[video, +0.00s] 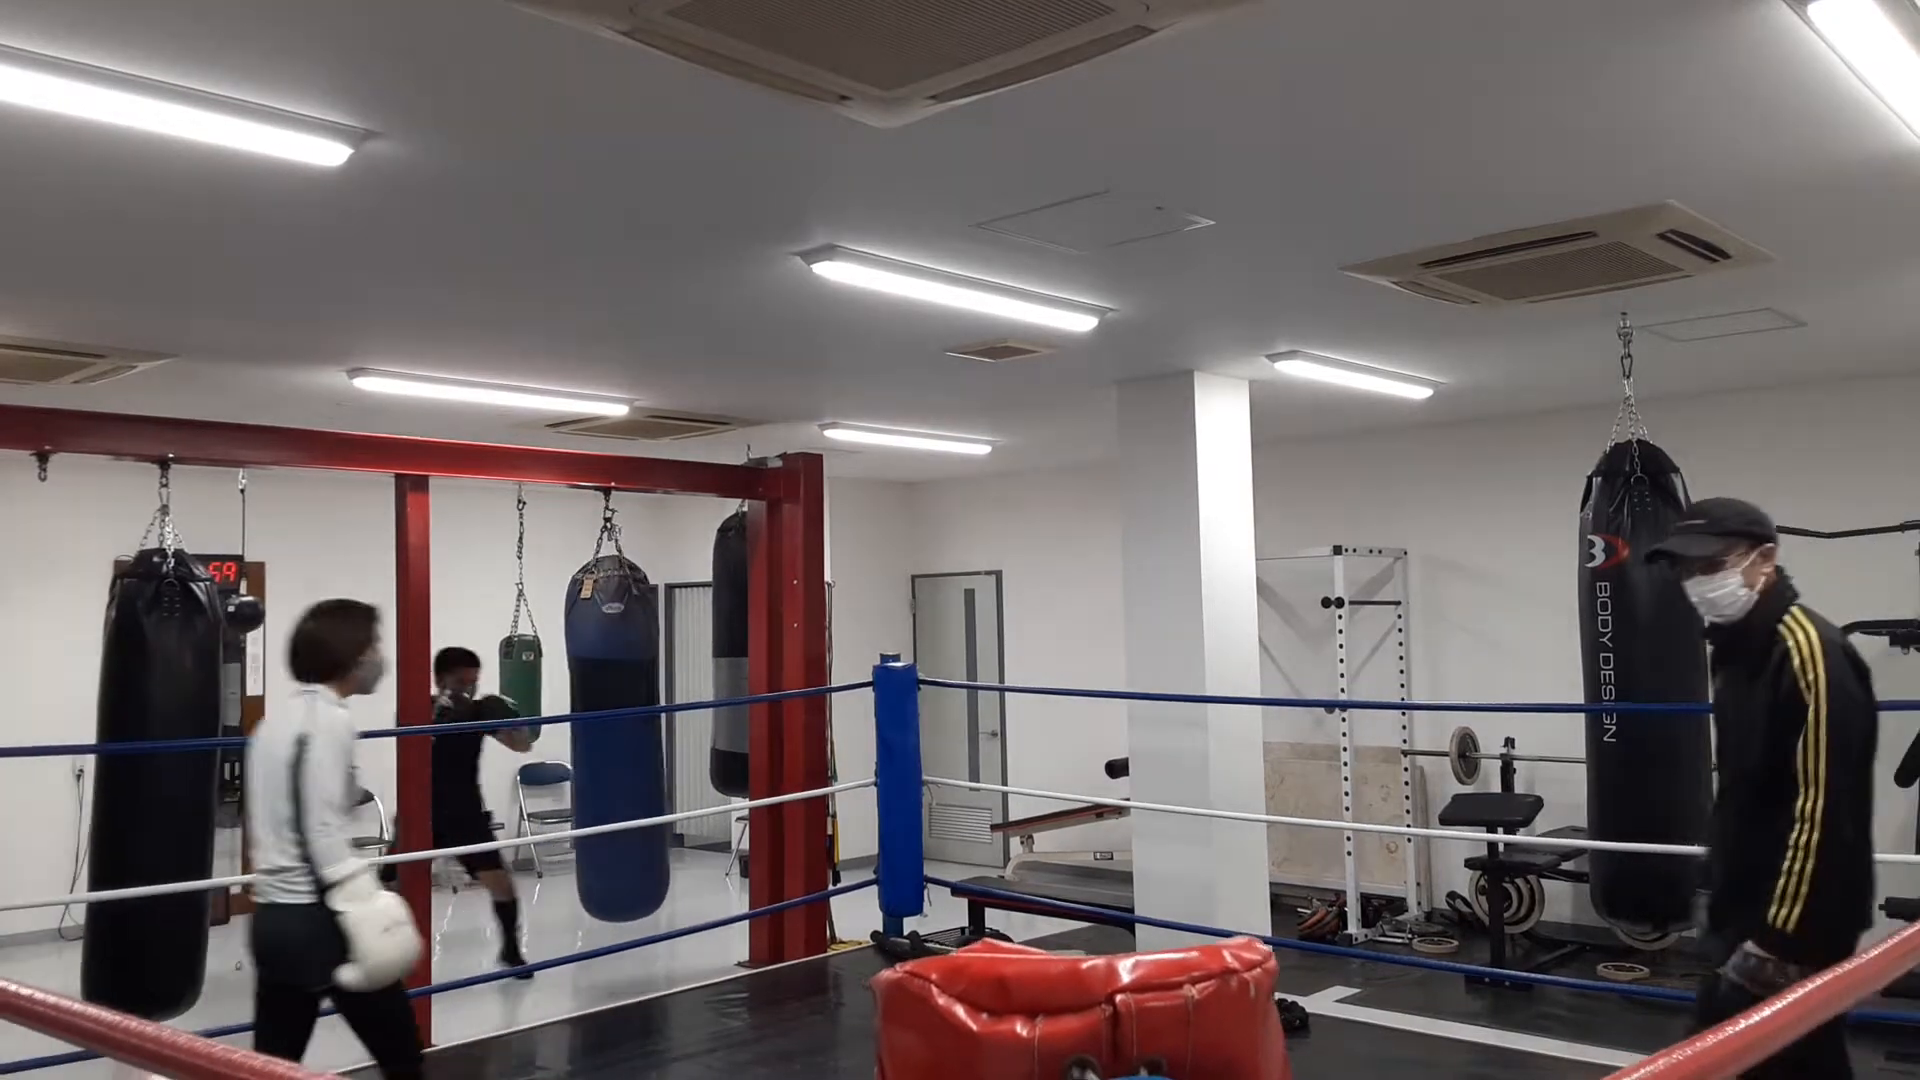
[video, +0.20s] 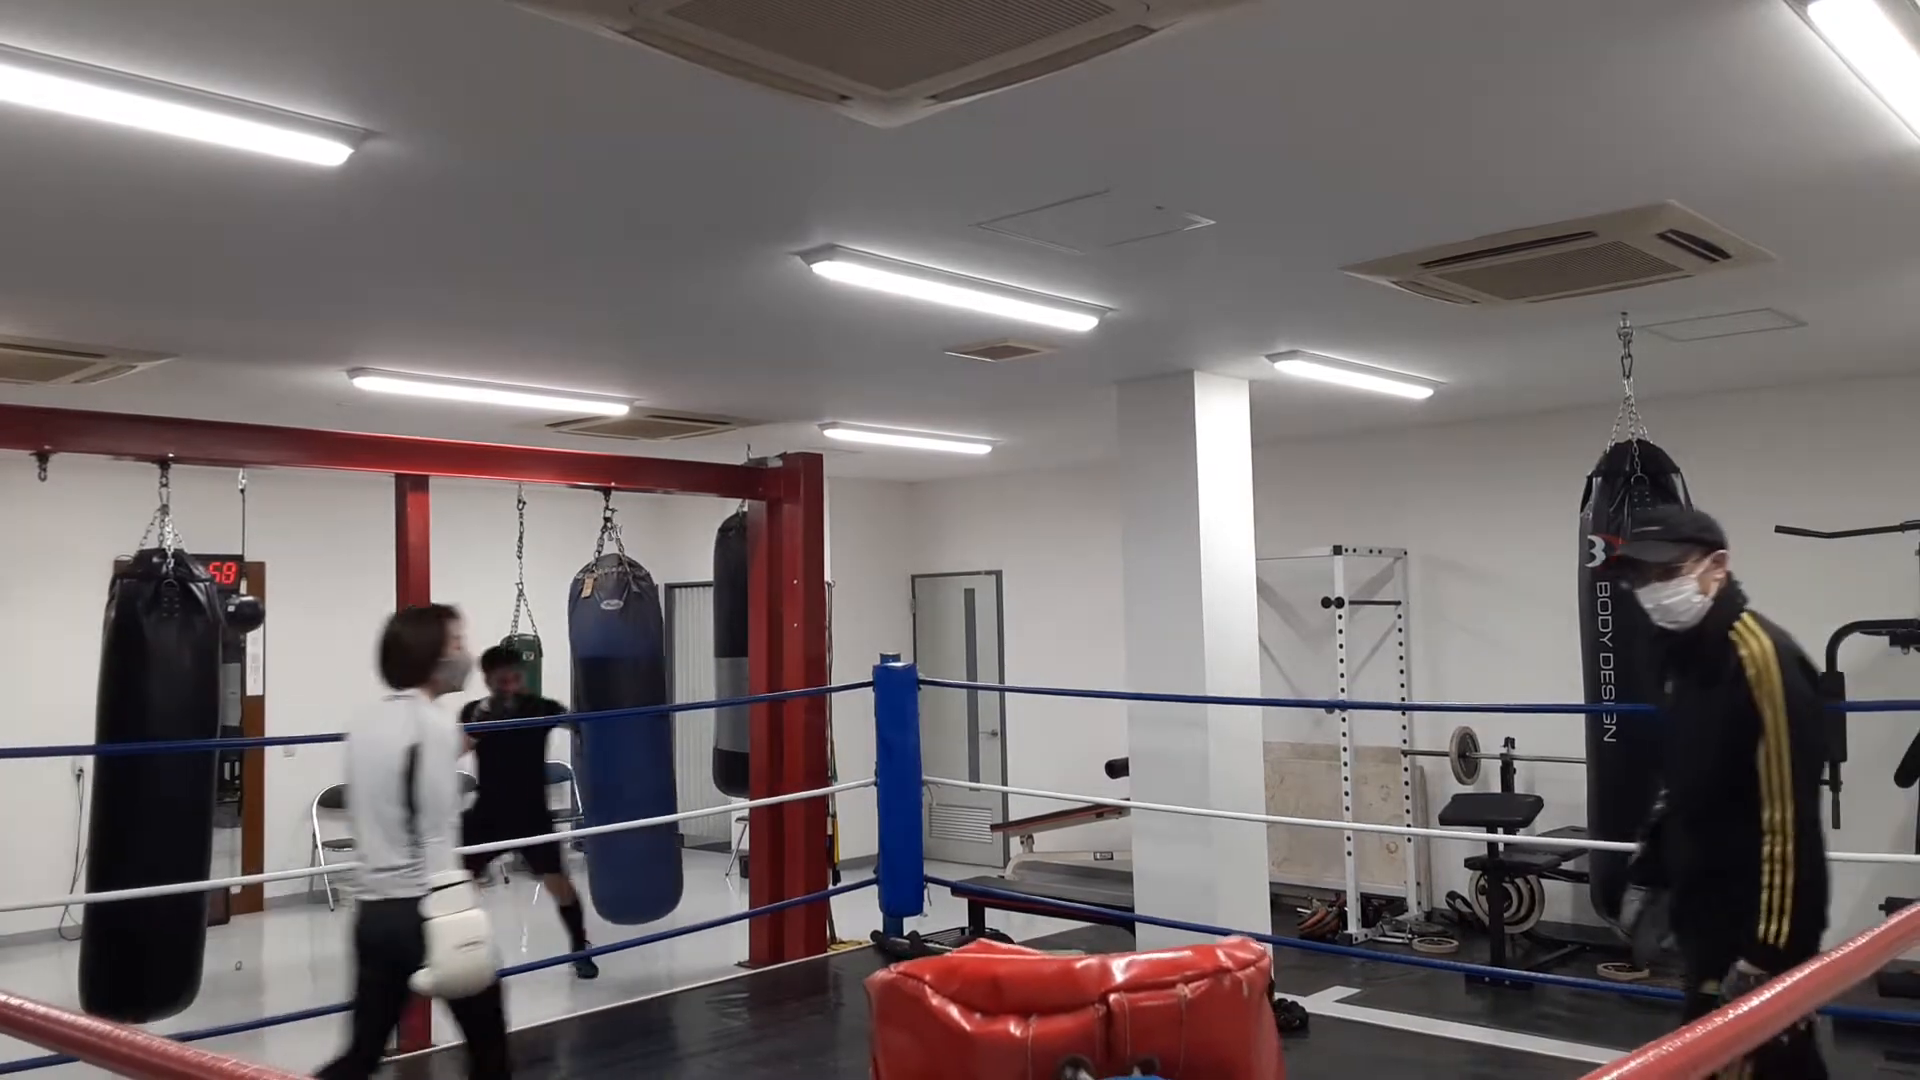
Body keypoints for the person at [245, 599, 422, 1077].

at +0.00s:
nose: (383, 655)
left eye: (379, 644)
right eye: (375, 645)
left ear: (315, 652)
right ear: (352, 657)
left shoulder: (271, 724)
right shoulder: (330, 722)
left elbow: (265, 829)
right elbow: (326, 831)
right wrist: (373, 913)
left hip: (275, 920)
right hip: (327, 918)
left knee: (271, 1067)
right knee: (402, 1058)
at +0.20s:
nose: (466, 652)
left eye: (462, 642)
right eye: (457, 643)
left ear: (399, 653)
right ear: (433, 655)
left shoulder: (364, 721)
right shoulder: (435, 724)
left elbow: (366, 815)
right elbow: (438, 830)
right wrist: (456, 917)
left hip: (376, 913)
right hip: (433, 910)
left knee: (363, 1051)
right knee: (489, 1052)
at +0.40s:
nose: (547, 643)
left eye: (544, 632)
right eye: (539, 633)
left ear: (481, 642)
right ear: (517, 644)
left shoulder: (441, 709)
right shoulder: (527, 712)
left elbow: (429, 810)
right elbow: (528, 818)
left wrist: (425, 884)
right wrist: (560, 899)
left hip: (457, 894)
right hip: (510, 893)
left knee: (514, 1006)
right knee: (523, 1022)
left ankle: (458, 1070)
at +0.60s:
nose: (621, 642)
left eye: (618, 632)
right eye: (613, 634)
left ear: (556, 644)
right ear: (589, 645)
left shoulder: (517, 707)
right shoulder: (599, 708)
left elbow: (491, 791)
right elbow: (609, 812)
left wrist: (463, 864)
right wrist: (655, 876)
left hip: (530, 887)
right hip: (575, 889)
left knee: (605, 998)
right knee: (546, 1024)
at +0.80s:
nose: (691, 644)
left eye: (688, 634)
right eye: (683, 636)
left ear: (639, 646)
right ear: (659, 645)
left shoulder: (607, 707)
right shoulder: (669, 709)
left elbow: (577, 791)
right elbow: (669, 810)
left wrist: (542, 858)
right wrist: (719, 877)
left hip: (618, 878)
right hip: (651, 880)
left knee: (629, 1006)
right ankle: (689, 1073)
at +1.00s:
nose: (768, 637)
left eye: (766, 627)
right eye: (756, 627)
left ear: (731, 637)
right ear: (727, 636)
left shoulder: (710, 694)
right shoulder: (712, 698)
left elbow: (703, 792)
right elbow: (704, 796)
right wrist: (738, 874)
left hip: (702, 862)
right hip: (701, 864)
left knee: (728, 996)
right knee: (742, 1000)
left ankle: (688, 1071)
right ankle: (683, 1072)